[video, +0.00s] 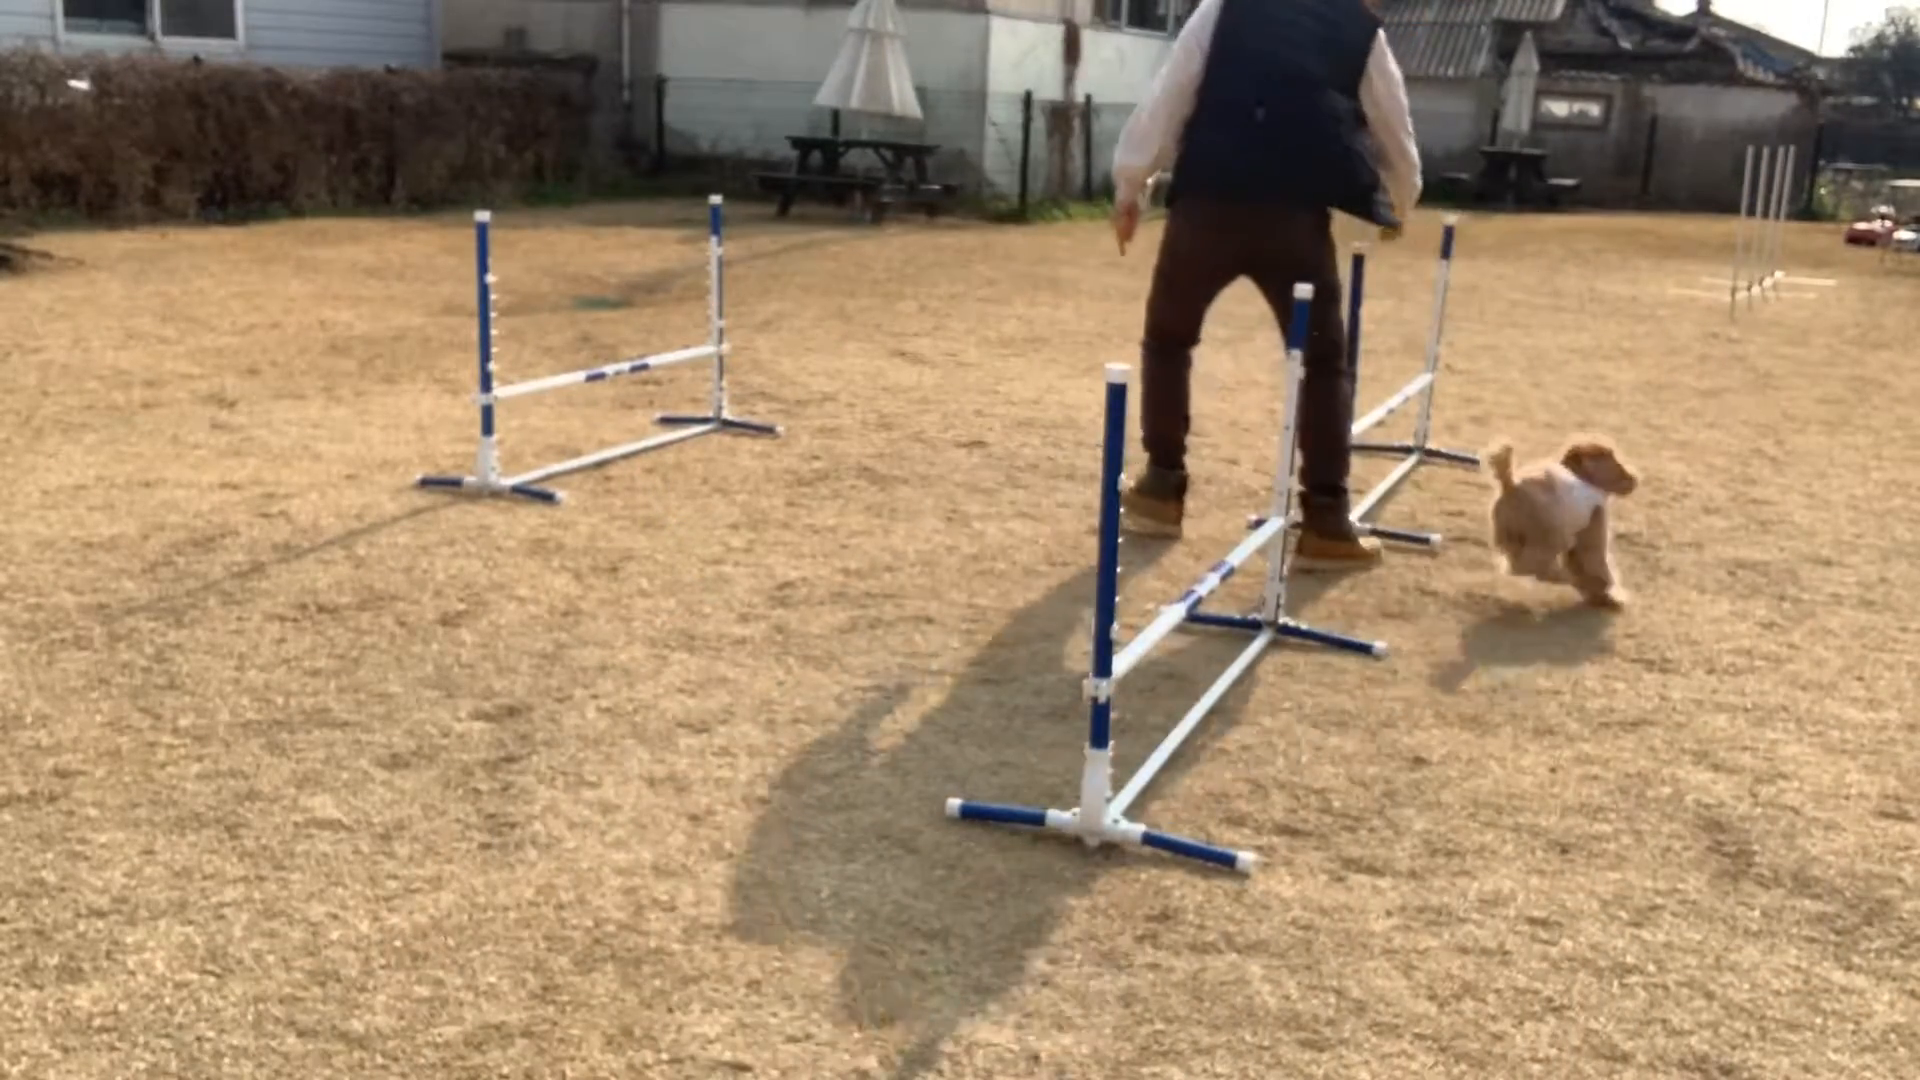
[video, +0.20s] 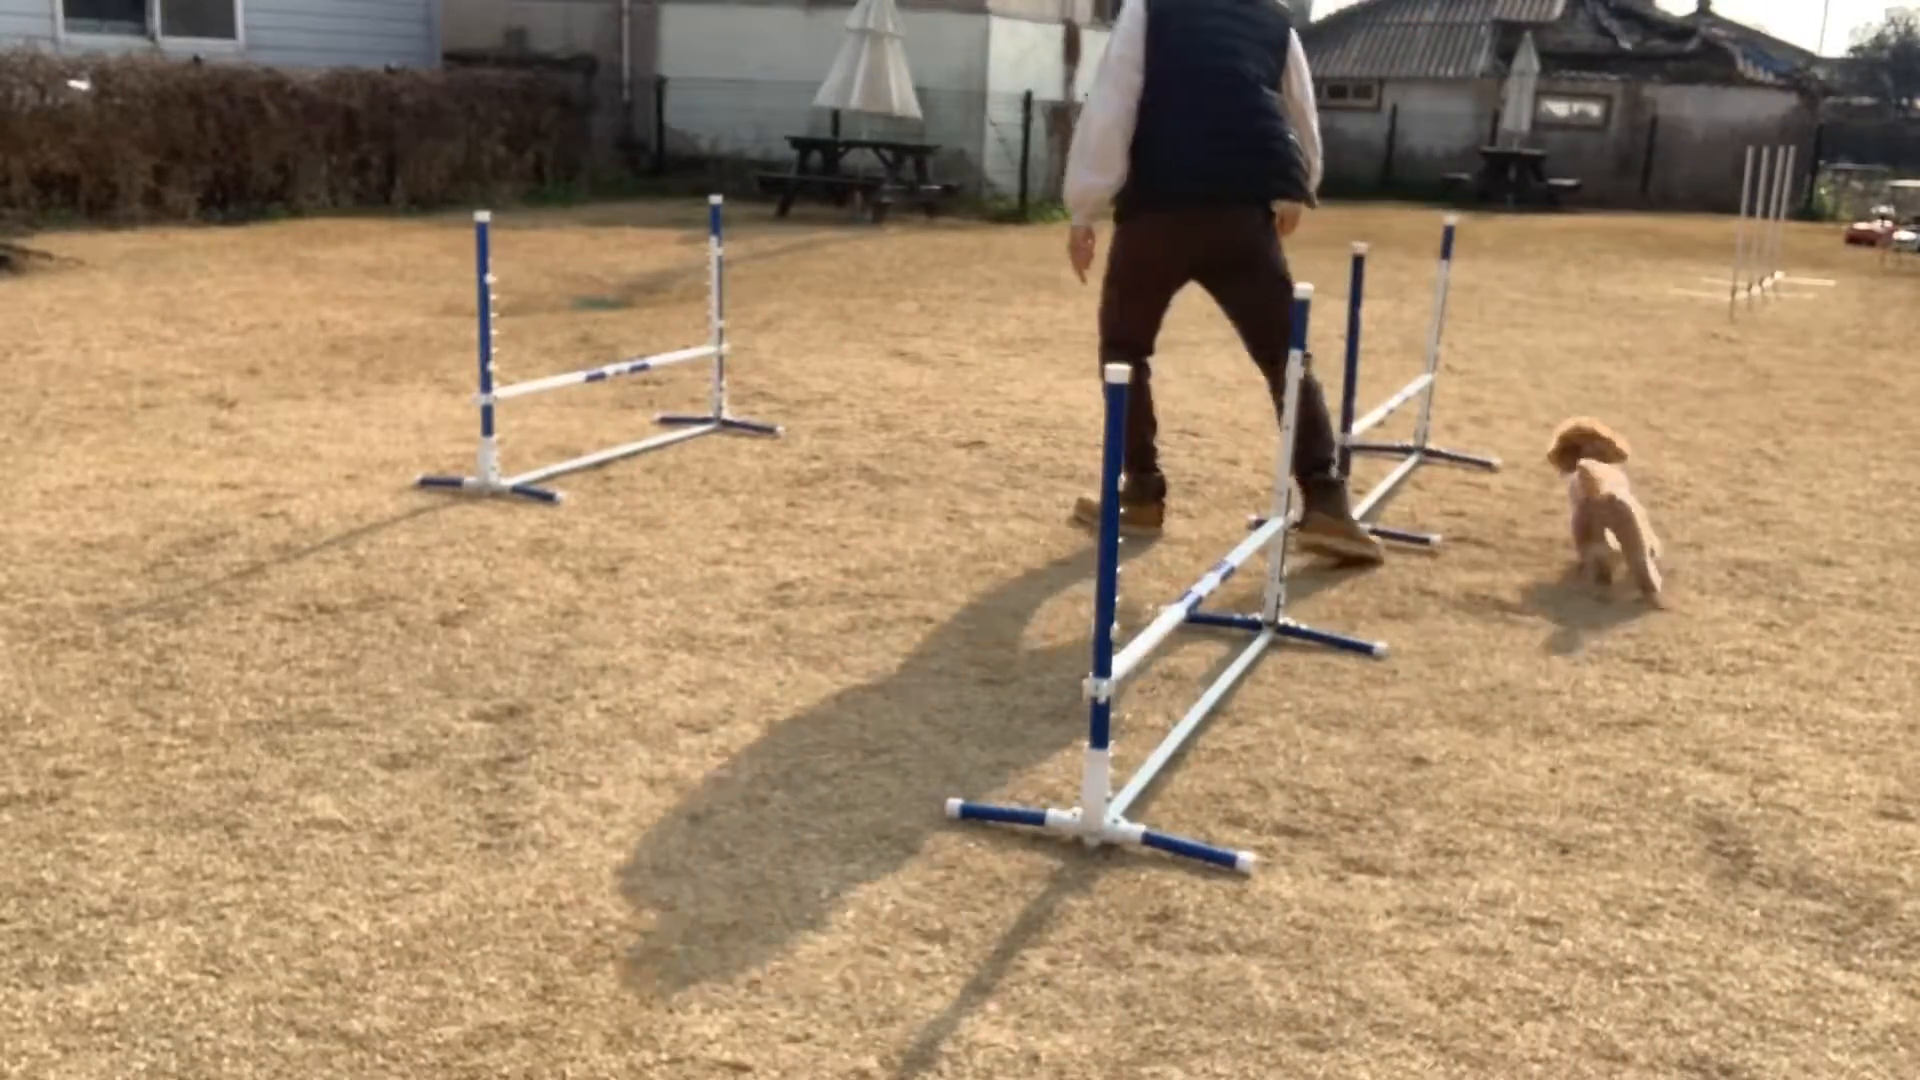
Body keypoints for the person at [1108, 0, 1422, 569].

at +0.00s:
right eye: (1380, 12)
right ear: (1359, 1)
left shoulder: (1223, 9)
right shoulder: (1362, 28)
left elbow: (1168, 95)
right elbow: (1395, 132)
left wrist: (1129, 187)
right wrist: (1399, 202)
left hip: (1207, 211)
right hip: (1295, 218)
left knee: (1168, 340)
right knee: (1324, 364)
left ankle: (1162, 486)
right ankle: (1327, 522)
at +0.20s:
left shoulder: (1146, 10)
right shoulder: (1276, 22)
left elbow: (1110, 108)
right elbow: (1303, 120)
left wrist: (1083, 213)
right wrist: (1295, 194)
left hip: (1158, 210)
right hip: (1244, 211)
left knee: (1125, 351)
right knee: (1287, 359)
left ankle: (1141, 493)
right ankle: (1327, 502)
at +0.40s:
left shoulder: (1086, 8)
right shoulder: (1197, 12)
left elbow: (1052, 106)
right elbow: (1221, 106)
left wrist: (1013, 205)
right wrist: (1210, 186)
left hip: (1110, 193)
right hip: (1186, 188)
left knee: (1104, 350)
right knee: (1156, 322)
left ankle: (1140, 491)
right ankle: (1198, 430)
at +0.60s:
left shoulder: (1015, 15)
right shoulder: (1107, 12)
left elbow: (990, 123)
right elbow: (1132, 106)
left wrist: (944, 201)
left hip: (1060, 193)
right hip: (1121, 189)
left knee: (1083, 348)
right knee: (1037, 300)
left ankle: (1141, 488)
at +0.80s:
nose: (908, 5)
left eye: (908, 1)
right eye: (908, 2)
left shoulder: (941, 26)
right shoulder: (988, 19)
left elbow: (945, 125)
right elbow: (1000, 119)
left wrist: (921, 215)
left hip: (995, 196)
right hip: (1029, 191)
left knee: (943, 340)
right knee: (958, 315)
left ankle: (1063, 416)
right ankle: (968, 436)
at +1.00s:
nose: (829, 9)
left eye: (829, 3)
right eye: (829, 5)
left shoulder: (869, 23)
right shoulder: (897, 19)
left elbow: (901, 110)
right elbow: (920, 111)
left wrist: (903, 205)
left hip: (930, 193)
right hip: (960, 189)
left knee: (841, 298)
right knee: (908, 308)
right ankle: (963, 426)